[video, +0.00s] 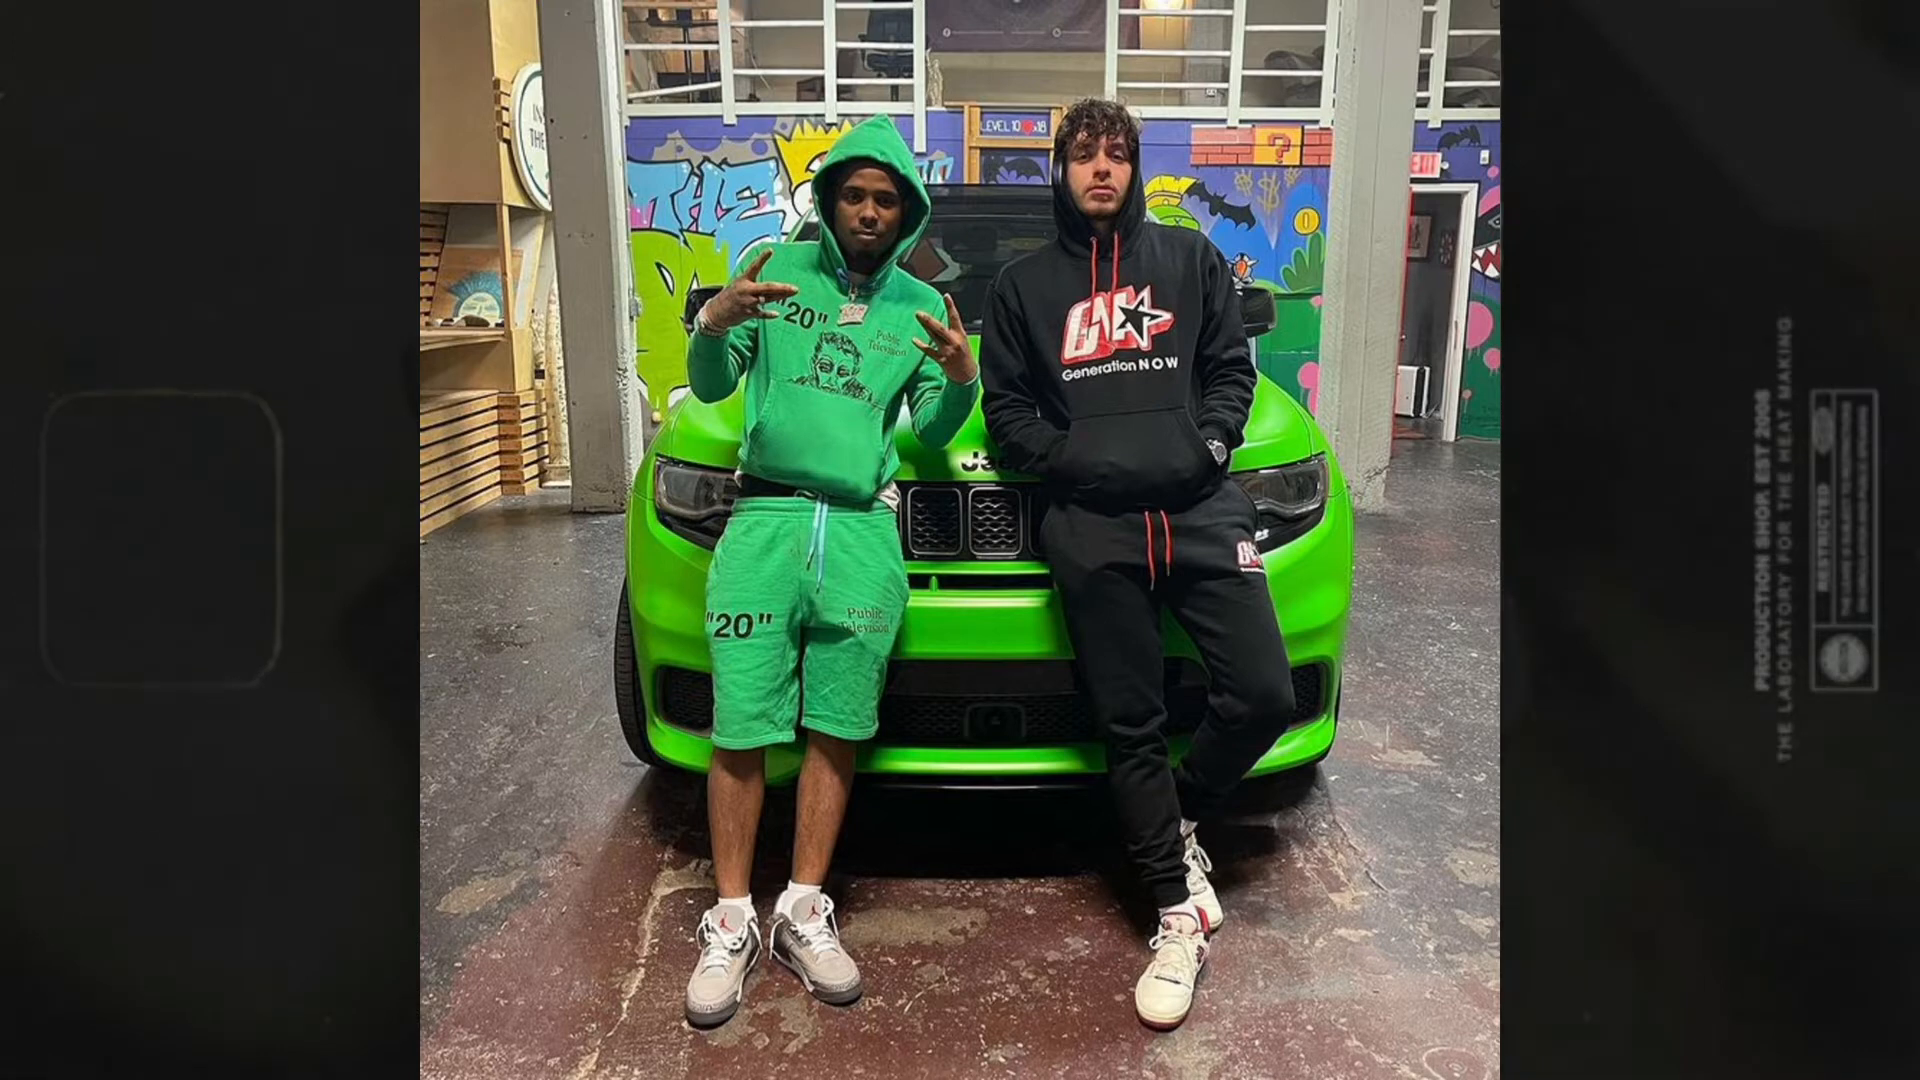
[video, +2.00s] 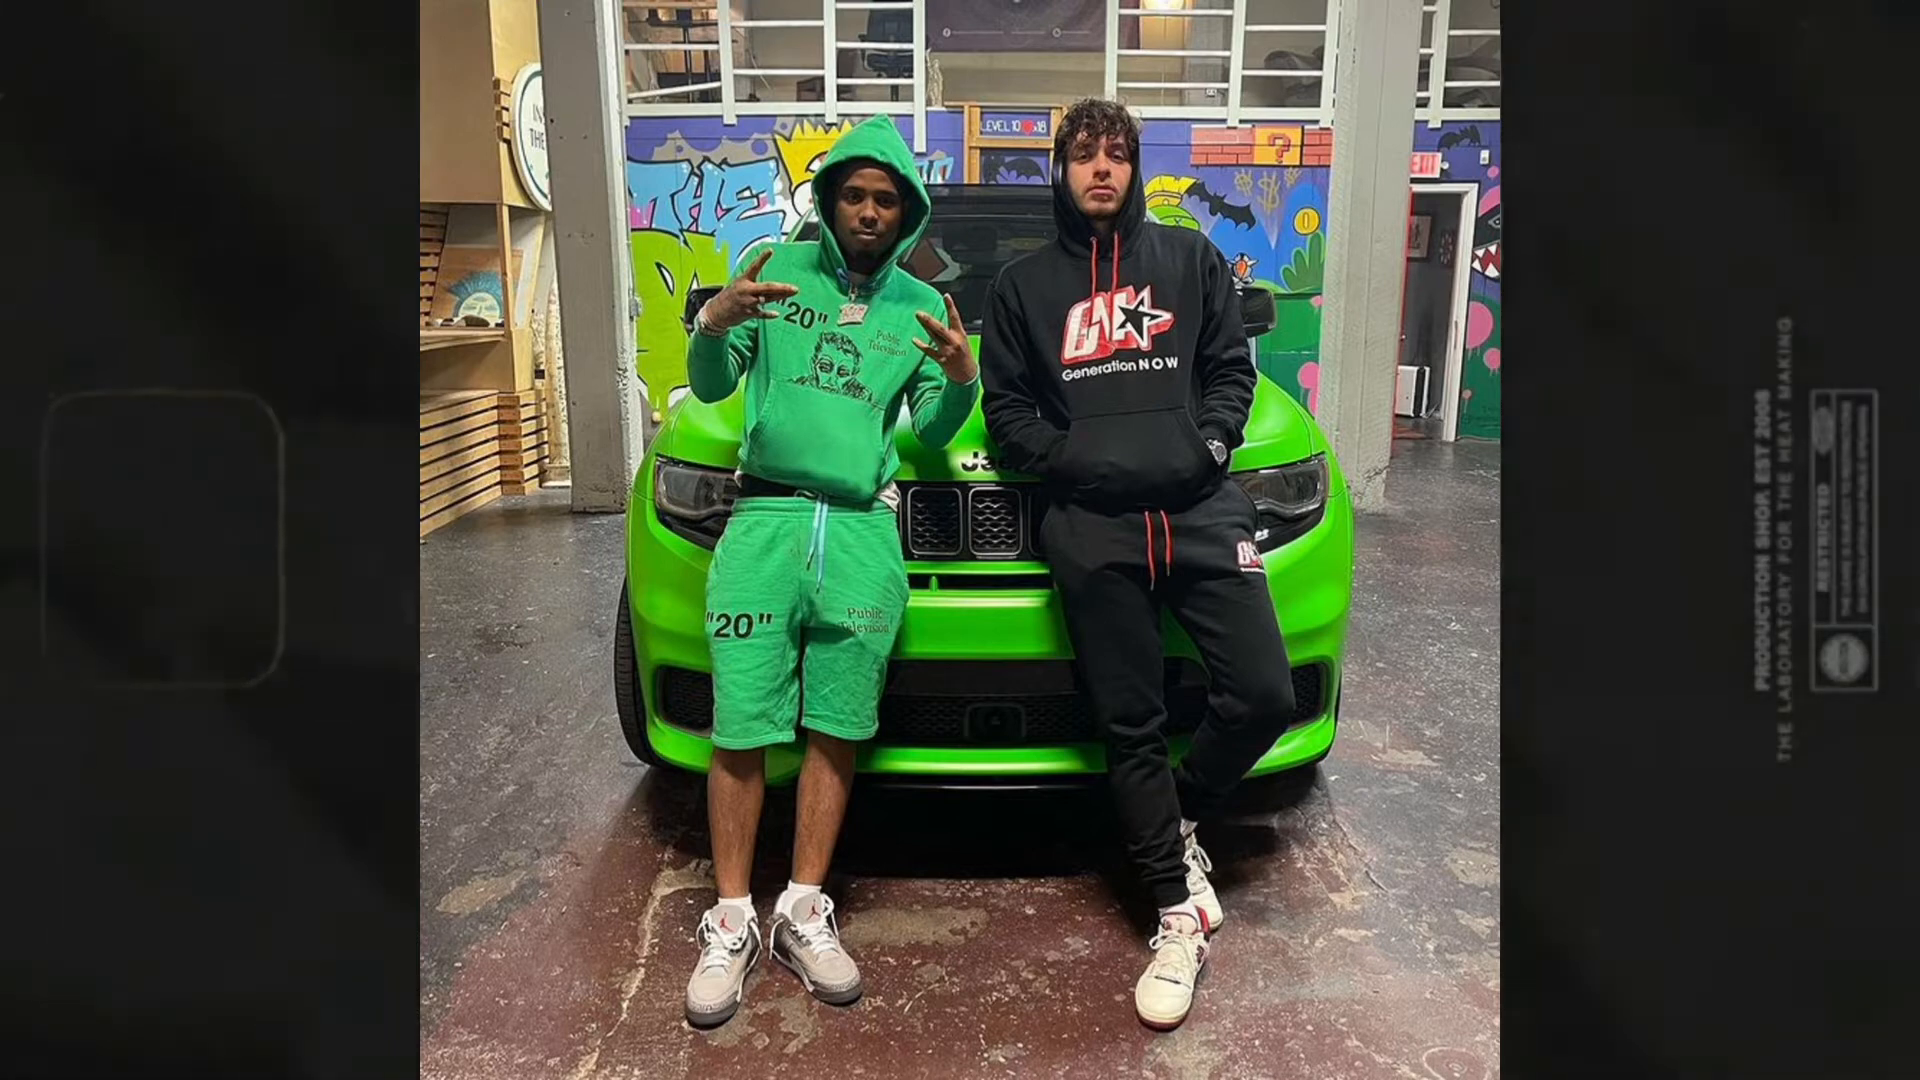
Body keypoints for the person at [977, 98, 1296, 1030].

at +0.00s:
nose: (1102, 171)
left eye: (1115, 158)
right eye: (1087, 158)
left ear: (1137, 171)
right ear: (1061, 172)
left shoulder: (1191, 256)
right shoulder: (1017, 280)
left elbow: (1232, 363)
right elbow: (1003, 403)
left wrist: (1209, 444)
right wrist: (1065, 457)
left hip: (1200, 503)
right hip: (1091, 514)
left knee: (1262, 692)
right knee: (1131, 719)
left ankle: (1180, 818)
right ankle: (1179, 917)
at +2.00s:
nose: (1102, 171)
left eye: (1116, 158)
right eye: (1088, 158)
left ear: (1137, 171)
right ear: (1062, 171)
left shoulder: (1191, 256)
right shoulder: (1018, 280)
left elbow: (1232, 364)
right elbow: (1004, 403)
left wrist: (1209, 444)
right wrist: (1065, 457)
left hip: (1200, 503)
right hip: (1091, 514)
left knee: (1262, 693)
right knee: (1131, 718)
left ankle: (1179, 819)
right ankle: (1179, 916)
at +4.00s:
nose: (1102, 171)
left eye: (1115, 158)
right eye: (1087, 158)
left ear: (1137, 171)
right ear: (1061, 172)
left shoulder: (1191, 256)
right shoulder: (1017, 280)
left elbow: (1232, 363)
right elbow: (1003, 403)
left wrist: (1209, 444)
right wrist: (1064, 457)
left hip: (1200, 503)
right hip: (1091, 514)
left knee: (1262, 692)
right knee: (1131, 719)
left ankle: (1180, 818)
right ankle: (1179, 918)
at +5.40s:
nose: (1102, 172)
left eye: (1115, 159)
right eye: (1087, 159)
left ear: (1137, 170)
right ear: (1062, 171)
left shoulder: (1192, 257)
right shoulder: (1019, 280)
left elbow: (1232, 365)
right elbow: (1005, 404)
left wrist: (1208, 444)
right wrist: (1065, 457)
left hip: (1200, 502)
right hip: (1090, 513)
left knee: (1262, 693)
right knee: (1131, 717)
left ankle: (1179, 821)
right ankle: (1180, 915)